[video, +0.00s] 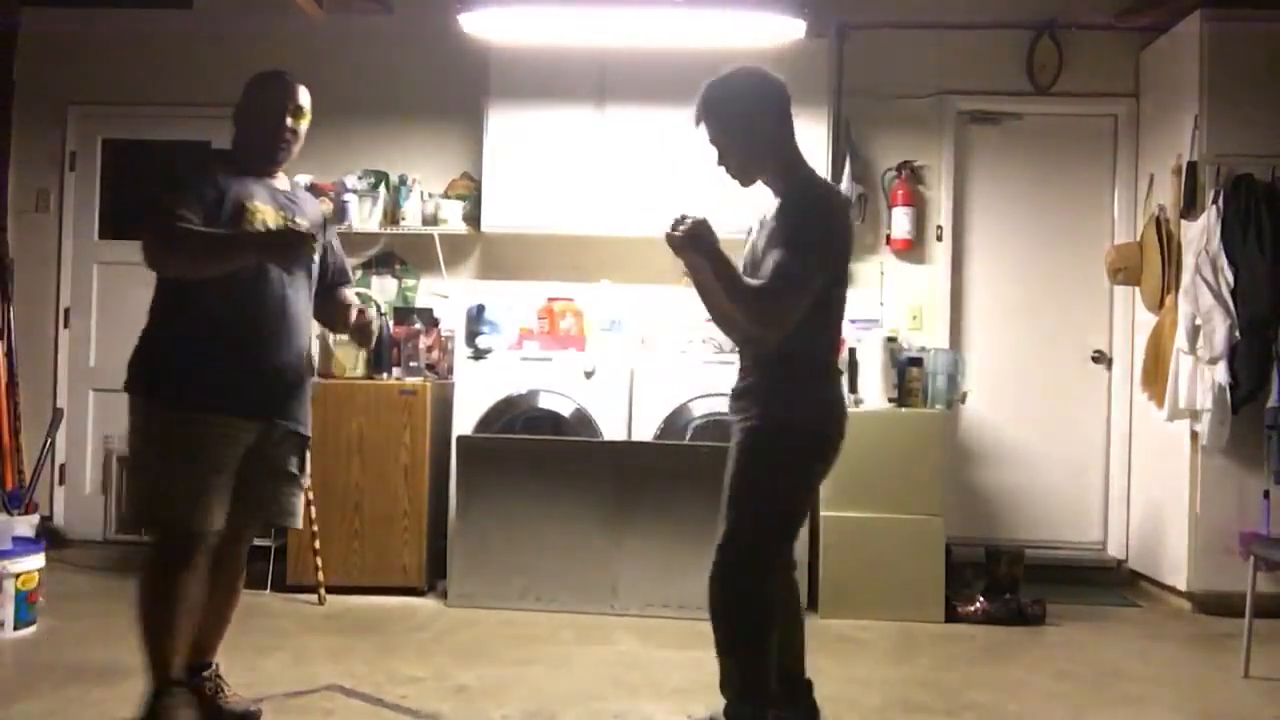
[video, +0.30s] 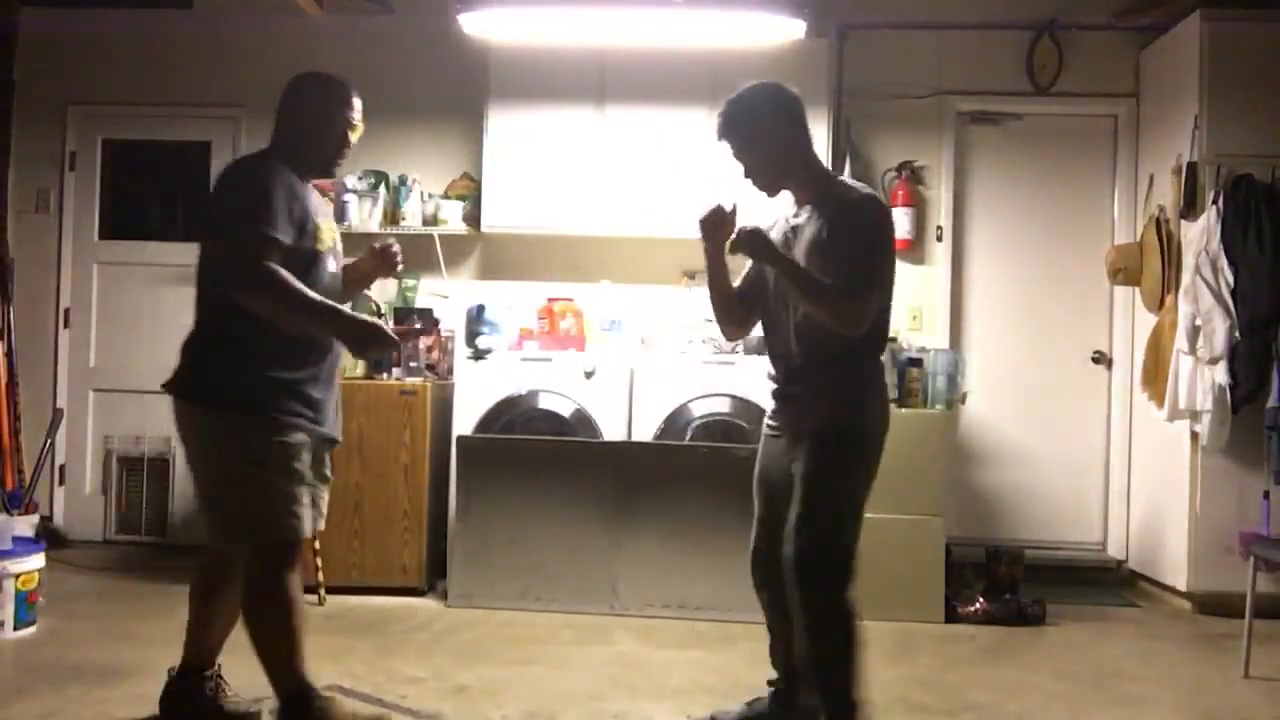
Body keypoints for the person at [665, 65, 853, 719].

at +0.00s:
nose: (715, 156)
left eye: (718, 137)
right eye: (710, 141)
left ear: (758, 126)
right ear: (767, 129)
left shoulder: (811, 209)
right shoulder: (786, 213)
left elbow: (764, 328)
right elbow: (753, 323)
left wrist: (706, 260)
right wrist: (702, 262)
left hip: (786, 419)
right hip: (775, 415)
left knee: (737, 576)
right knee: (767, 567)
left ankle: (747, 709)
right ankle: (787, 702)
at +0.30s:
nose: (742, 169)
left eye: (745, 152)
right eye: (737, 156)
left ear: (784, 136)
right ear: (769, 144)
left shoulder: (860, 210)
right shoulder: (775, 224)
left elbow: (856, 317)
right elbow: (734, 325)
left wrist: (773, 258)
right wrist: (715, 251)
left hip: (845, 410)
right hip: (788, 408)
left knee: (815, 563)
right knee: (769, 557)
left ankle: (835, 707)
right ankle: (792, 694)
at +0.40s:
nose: (761, 170)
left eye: (765, 154)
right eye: (756, 157)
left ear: (807, 137)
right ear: (795, 145)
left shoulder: (872, 214)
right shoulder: (787, 223)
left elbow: (857, 319)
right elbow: (743, 317)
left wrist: (783, 255)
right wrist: (729, 245)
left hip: (853, 421)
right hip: (794, 416)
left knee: (857, 577)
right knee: (777, 563)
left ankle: (917, 711)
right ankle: (793, 695)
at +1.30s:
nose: (784, 184)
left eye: (788, 166)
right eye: (779, 169)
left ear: (828, 153)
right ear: (825, 159)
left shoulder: (890, 226)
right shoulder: (833, 243)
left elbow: (846, 321)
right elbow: (801, 344)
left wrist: (784, 265)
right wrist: (771, 275)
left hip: (880, 439)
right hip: (826, 434)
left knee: (908, 592)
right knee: (773, 566)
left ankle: (978, 714)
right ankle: (775, 696)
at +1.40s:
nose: (783, 184)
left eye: (786, 167)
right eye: (778, 170)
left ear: (826, 154)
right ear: (833, 156)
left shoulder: (857, 221)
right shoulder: (869, 218)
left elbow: (766, 290)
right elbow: (874, 340)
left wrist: (706, 305)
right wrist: (818, 303)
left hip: (928, 427)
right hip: (880, 424)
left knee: (936, 586)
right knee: (822, 561)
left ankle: (989, 712)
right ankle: (784, 693)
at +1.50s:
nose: (796, 190)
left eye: (797, 174)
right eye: (791, 177)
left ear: (833, 157)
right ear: (844, 156)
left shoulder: (856, 233)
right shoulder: (910, 215)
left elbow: (780, 330)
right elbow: (941, 309)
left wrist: (697, 343)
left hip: (939, 427)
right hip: (901, 421)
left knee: (942, 595)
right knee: (856, 553)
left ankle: (992, 714)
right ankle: (838, 692)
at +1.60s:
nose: (814, 187)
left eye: (817, 170)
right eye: (809, 172)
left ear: (852, 158)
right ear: (864, 158)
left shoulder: (876, 241)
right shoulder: (931, 219)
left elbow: (844, 356)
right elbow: (927, 324)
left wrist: (785, 354)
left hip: (937, 430)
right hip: (915, 424)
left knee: (934, 600)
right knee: (862, 557)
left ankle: (990, 716)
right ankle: (843, 692)